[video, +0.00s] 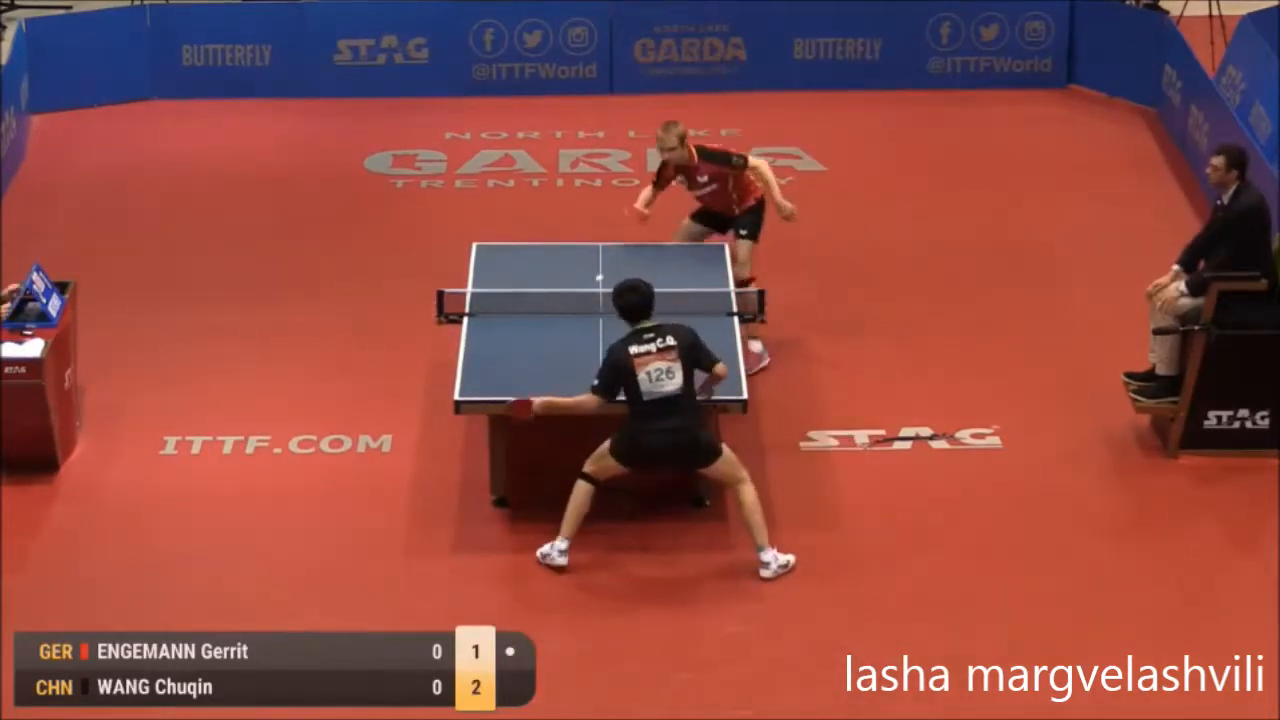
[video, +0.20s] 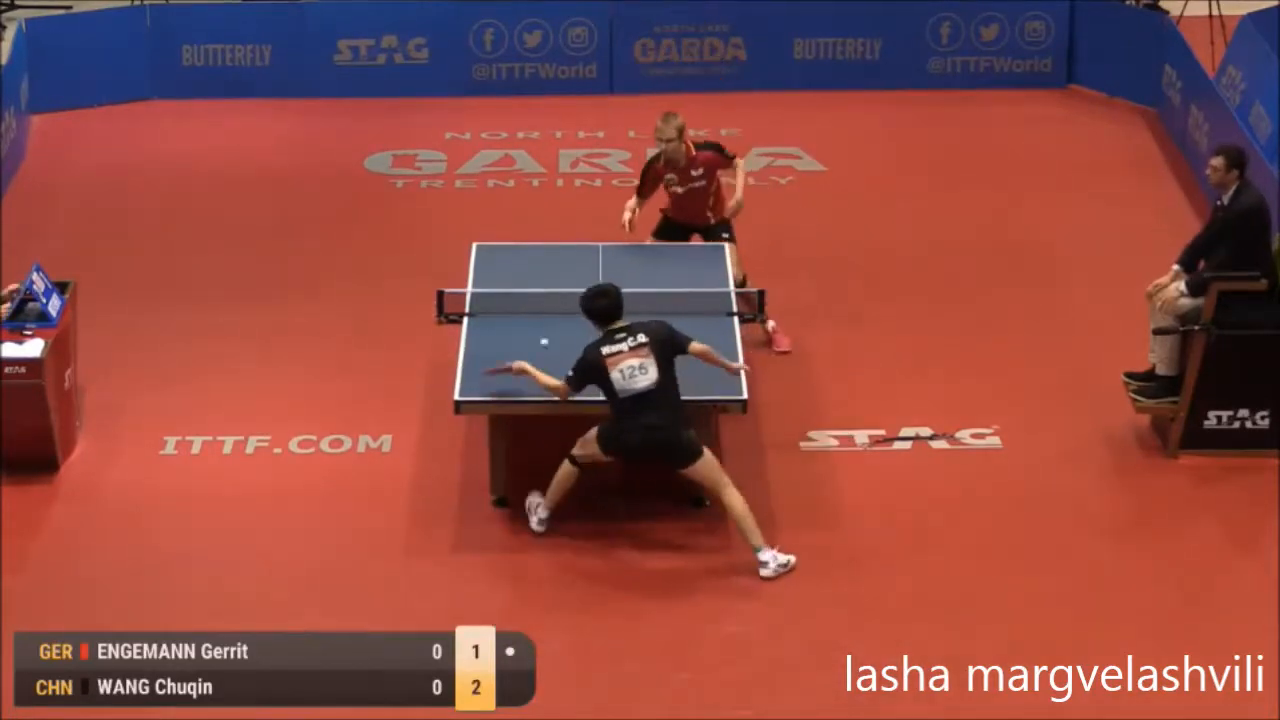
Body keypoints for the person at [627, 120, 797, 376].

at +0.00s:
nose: (665, 157)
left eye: (669, 150)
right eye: (662, 151)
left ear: (684, 146)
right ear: (659, 148)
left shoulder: (712, 159)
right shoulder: (670, 166)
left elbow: (759, 165)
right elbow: (654, 188)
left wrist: (778, 201)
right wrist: (641, 205)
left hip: (746, 207)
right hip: (714, 208)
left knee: (740, 267)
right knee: (678, 247)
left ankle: (753, 343)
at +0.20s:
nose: (663, 147)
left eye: (669, 141)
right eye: (660, 141)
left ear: (683, 139)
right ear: (656, 140)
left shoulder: (708, 153)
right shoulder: (656, 164)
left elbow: (738, 163)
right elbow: (641, 195)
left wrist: (738, 196)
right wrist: (631, 208)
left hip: (713, 220)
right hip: (676, 219)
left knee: (733, 276)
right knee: (649, 264)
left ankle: (768, 326)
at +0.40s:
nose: (658, 141)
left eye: (664, 135)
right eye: (655, 135)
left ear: (678, 133)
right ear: (651, 134)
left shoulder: (704, 148)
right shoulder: (652, 157)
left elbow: (731, 165)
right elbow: (632, 188)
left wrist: (710, 191)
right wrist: (621, 208)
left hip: (714, 207)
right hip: (676, 210)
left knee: (747, 261)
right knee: (644, 256)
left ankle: (783, 313)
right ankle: (643, 320)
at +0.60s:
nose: (663, 144)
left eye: (668, 138)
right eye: (659, 138)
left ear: (682, 136)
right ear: (655, 138)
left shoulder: (703, 153)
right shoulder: (665, 162)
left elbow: (737, 190)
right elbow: (673, 192)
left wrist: (698, 196)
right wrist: (651, 218)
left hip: (734, 212)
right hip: (698, 215)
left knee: (771, 268)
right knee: (665, 257)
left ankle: (799, 313)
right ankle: (670, 319)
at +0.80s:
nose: (684, 156)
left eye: (688, 150)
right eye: (681, 150)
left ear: (705, 146)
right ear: (683, 149)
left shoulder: (713, 168)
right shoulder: (725, 160)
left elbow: (692, 209)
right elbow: (766, 181)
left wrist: (686, 241)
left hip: (778, 231)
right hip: (751, 229)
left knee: (800, 304)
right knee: (701, 248)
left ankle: (869, 314)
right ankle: (712, 310)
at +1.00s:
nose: (753, 159)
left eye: (755, 153)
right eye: (752, 154)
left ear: (767, 150)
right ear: (769, 151)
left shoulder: (791, 167)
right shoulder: (778, 175)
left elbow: (816, 189)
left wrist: (786, 211)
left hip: (809, 257)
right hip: (781, 253)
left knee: (835, 323)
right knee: (727, 257)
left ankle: (899, 340)